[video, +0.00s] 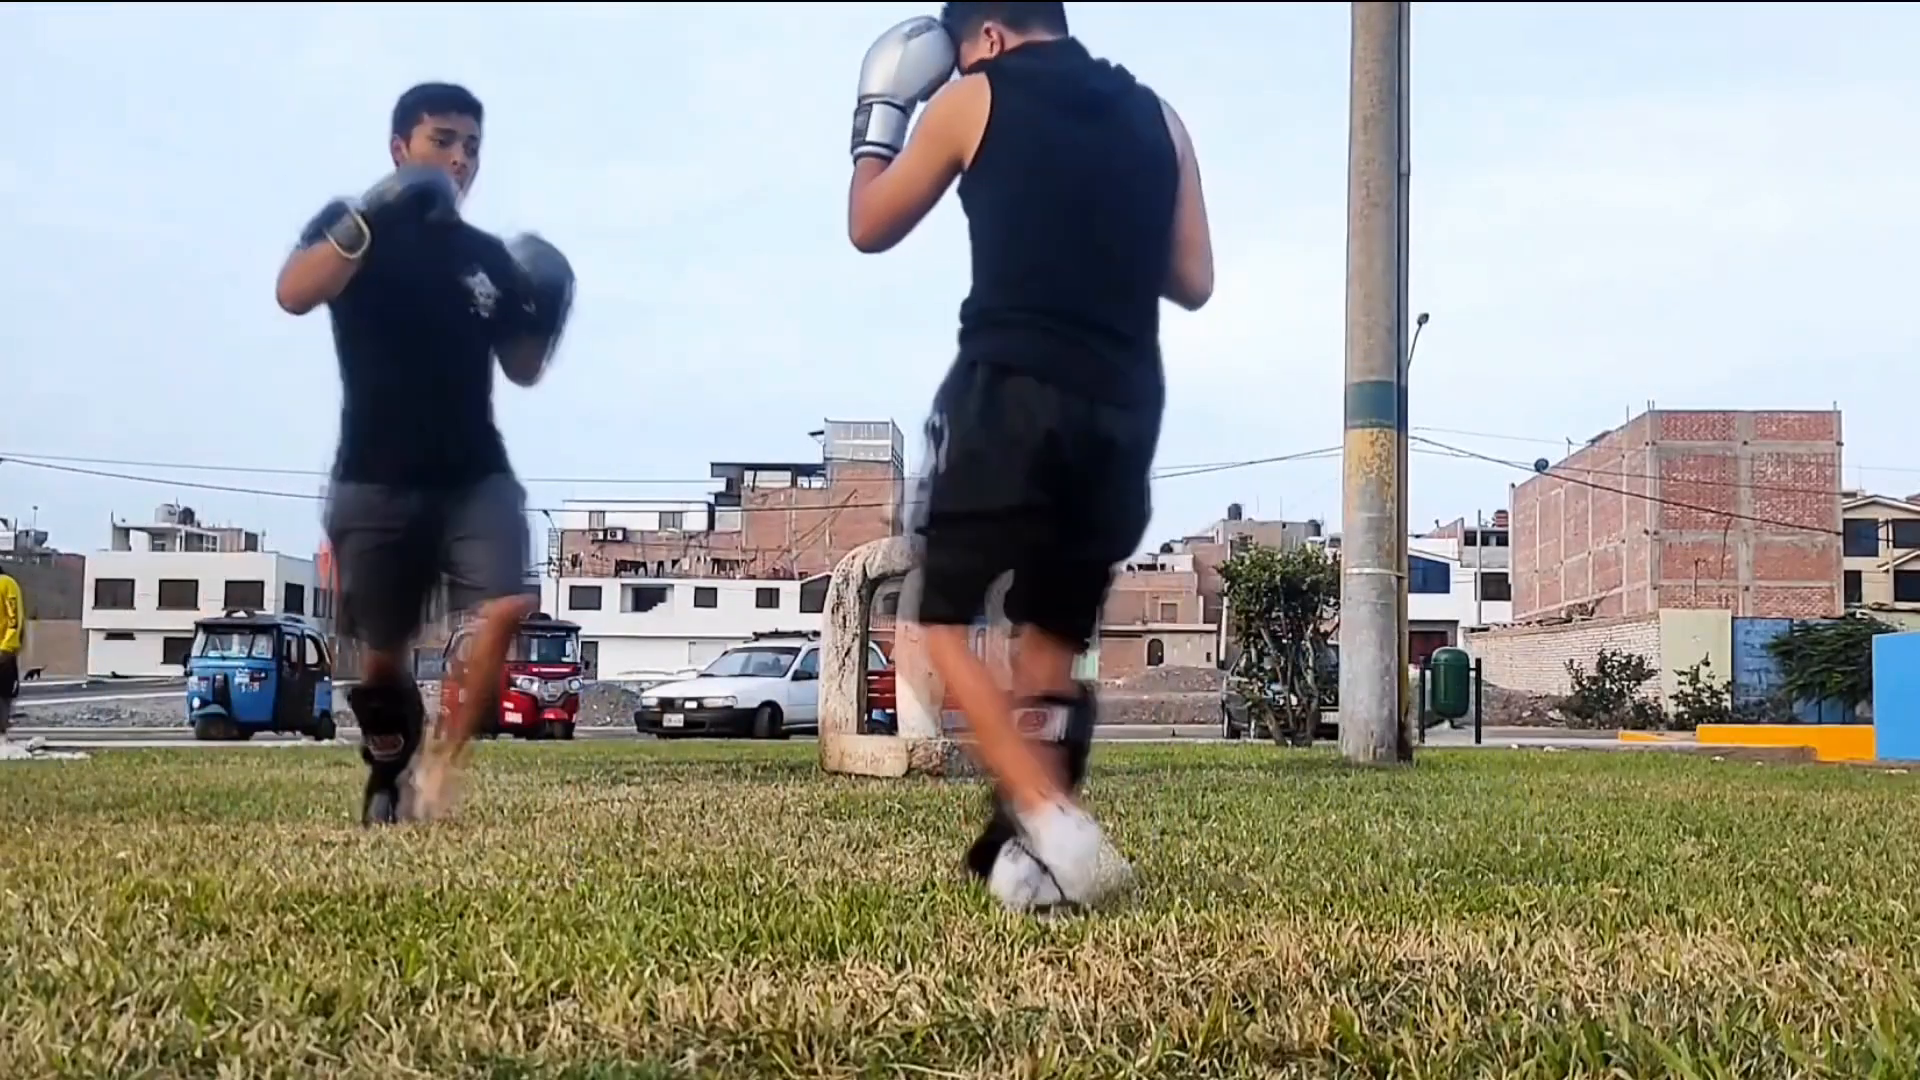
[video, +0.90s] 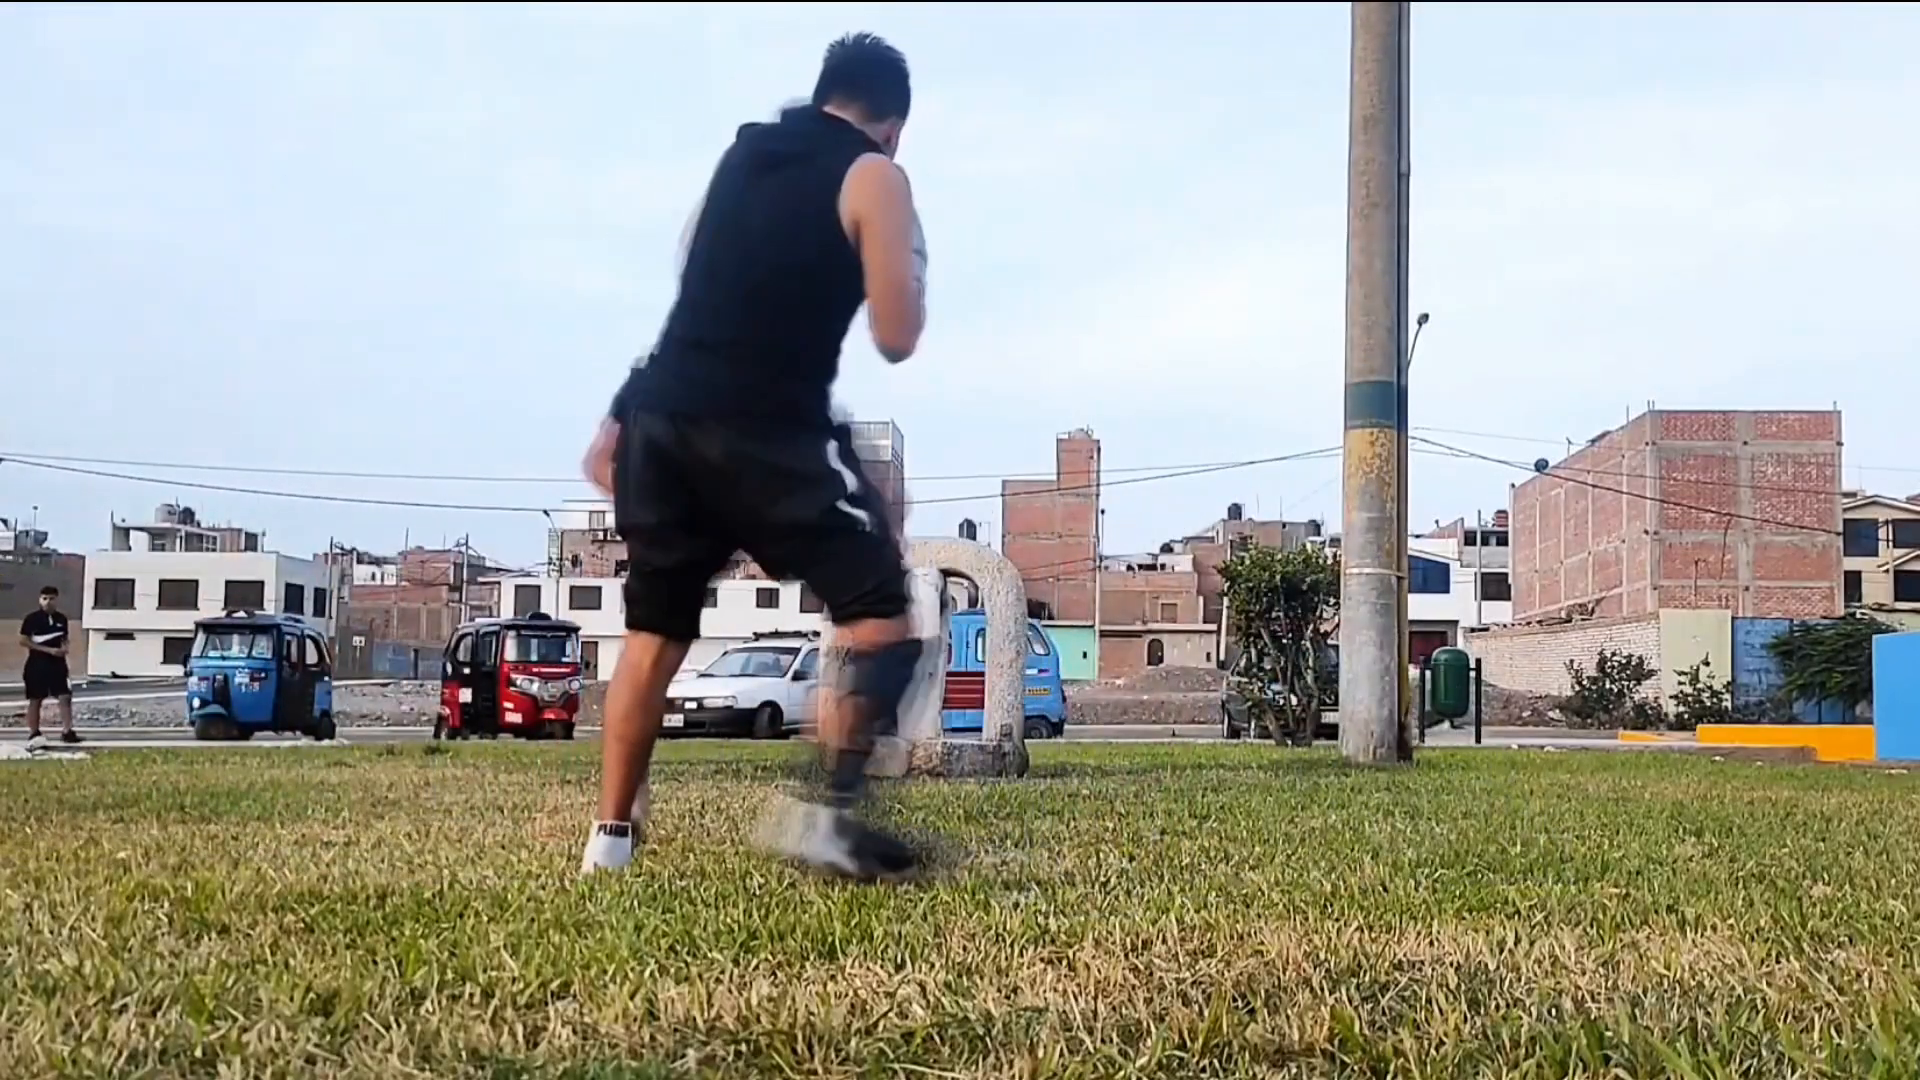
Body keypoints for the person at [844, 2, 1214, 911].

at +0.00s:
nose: (958, 62)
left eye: (957, 47)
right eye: (957, 49)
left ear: (990, 33)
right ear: (1058, 27)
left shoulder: (978, 97)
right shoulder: (1158, 117)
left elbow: (870, 224)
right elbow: (1192, 279)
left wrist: (878, 119)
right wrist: (1100, 224)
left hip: (1008, 390)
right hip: (1124, 407)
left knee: (940, 628)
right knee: (1054, 632)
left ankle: (1065, 838)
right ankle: (1027, 859)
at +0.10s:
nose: (956, 71)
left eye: (955, 57)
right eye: (955, 59)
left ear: (982, 40)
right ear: (1052, 35)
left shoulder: (967, 98)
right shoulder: (1146, 126)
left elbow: (861, 223)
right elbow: (1170, 296)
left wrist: (878, 113)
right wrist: (1084, 227)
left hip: (988, 386)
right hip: (1104, 408)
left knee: (825, 556)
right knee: (1040, 629)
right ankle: (1020, 858)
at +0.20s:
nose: (938, 54)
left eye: (939, 39)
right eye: (939, 41)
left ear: (968, 28)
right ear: (1041, 27)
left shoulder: (949, 90)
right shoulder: (1128, 121)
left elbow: (846, 215)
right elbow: (1145, 289)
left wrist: (865, 110)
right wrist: (1067, 222)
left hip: (963, 368)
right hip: (1079, 398)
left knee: (780, 460)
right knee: (1026, 622)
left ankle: (880, 612)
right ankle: (1017, 856)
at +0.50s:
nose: (881, 83)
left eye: (880, 69)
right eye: (882, 70)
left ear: (903, 59)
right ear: (981, 53)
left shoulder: (877, 122)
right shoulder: (1060, 134)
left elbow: (805, 254)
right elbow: (1086, 295)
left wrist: (813, 155)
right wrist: (1009, 225)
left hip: (865, 398)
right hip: (986, 425)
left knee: (749, 467)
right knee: (981, 634)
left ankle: (750, 668)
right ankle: (1004, 857)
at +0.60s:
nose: (858, 86)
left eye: (858, 75)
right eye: (862, 75)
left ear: (870, 73)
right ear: (952, 71)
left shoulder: (834, 135)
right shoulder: (1019, 145)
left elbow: (789, 268)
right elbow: (1058, 299)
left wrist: (819, 178)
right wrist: (980, 237)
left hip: (826, 413)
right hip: (951, 434)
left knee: (725, 525)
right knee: (959, 639)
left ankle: (685, 706)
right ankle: (997, 853)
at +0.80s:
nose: (912, 127)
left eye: (903, 114)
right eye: (913, 114)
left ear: (829, 86)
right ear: (906, 107)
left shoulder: (753, 150)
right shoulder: (906, 175)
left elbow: (705, 263)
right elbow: (949, 331)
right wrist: (918, 256)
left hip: (710, 433)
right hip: (821, 446)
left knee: (669, 640)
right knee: (900, 631)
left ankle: (613, 836)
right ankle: (945, 836)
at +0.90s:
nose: (896, 140)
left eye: (893, 128)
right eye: (898, 128)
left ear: (820, 94)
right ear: (889, 119)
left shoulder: (742, 153)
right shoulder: (873, 176)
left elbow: (693, 281)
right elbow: (896, 337)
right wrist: (906, 255)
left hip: (658, 424)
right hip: (769, 435)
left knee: (653, 631)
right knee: (878, 619)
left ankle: (611, 835)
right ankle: (832, 812)